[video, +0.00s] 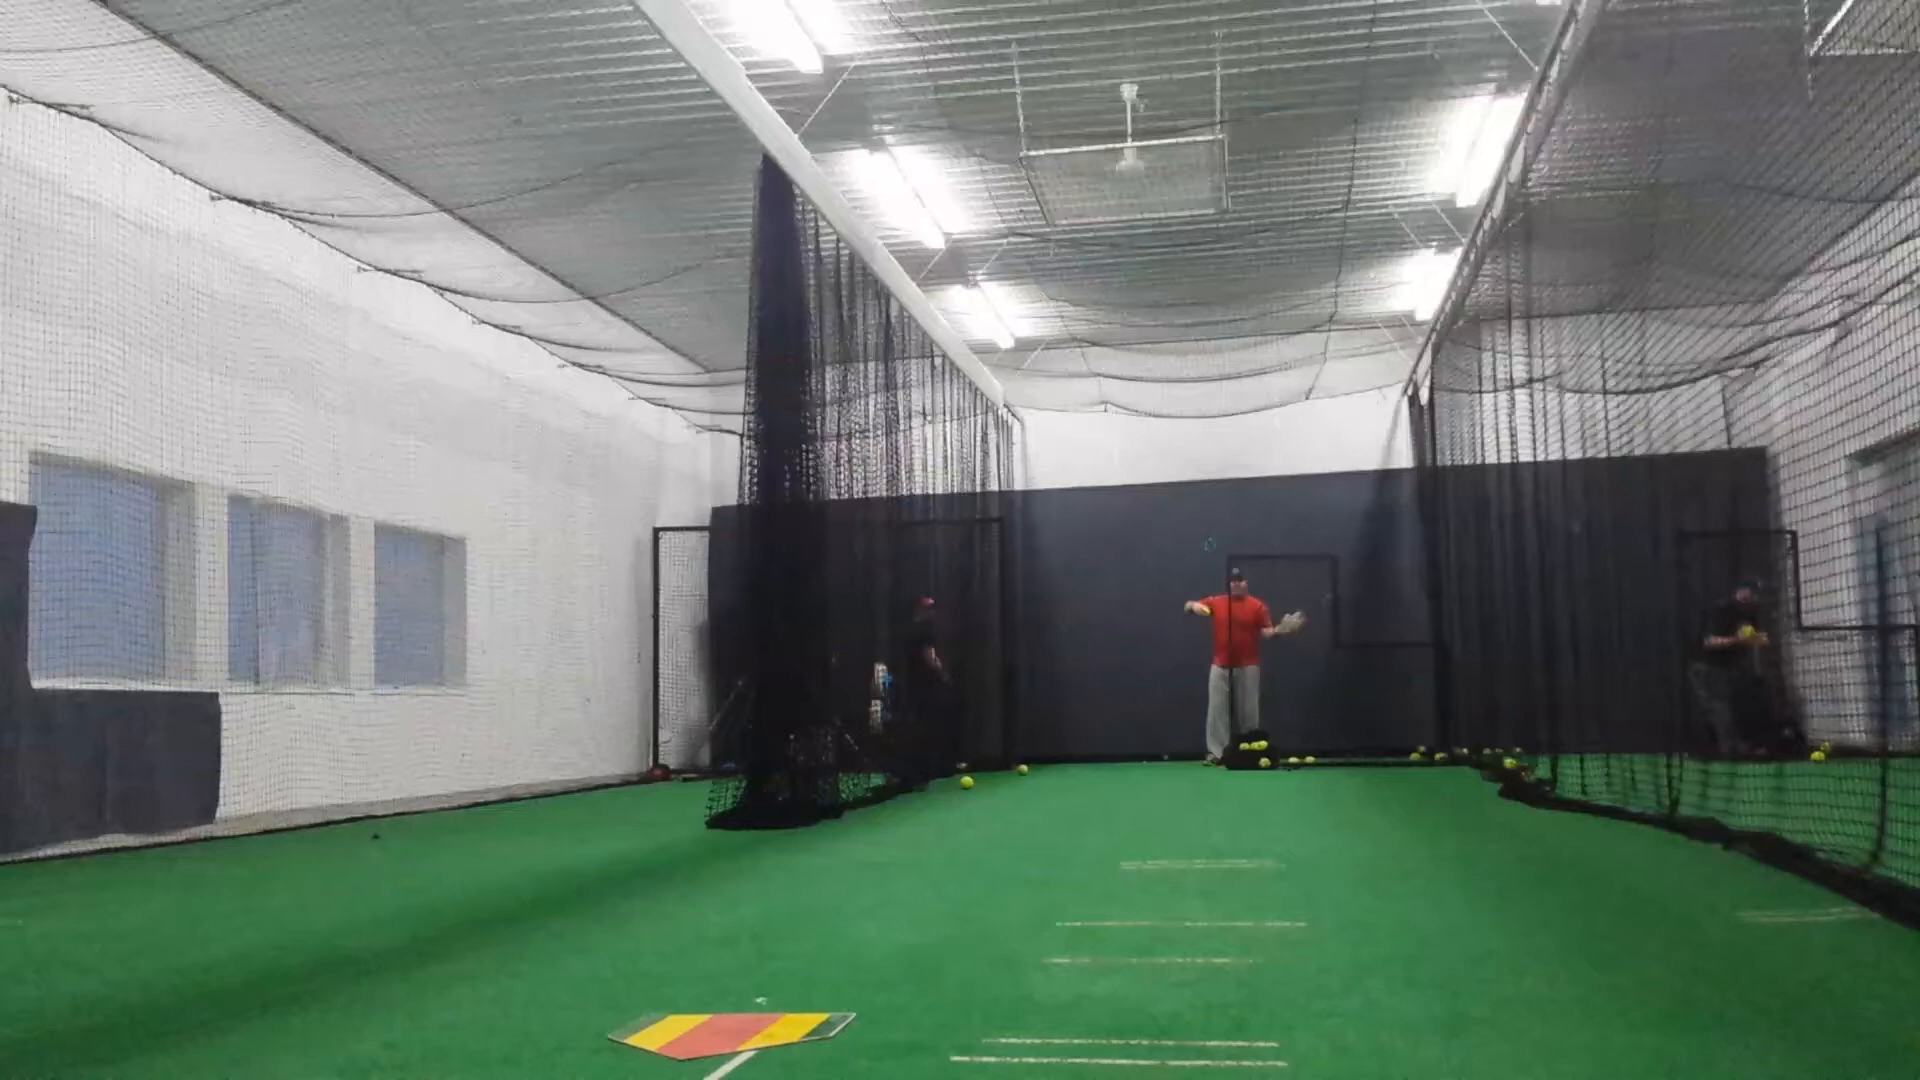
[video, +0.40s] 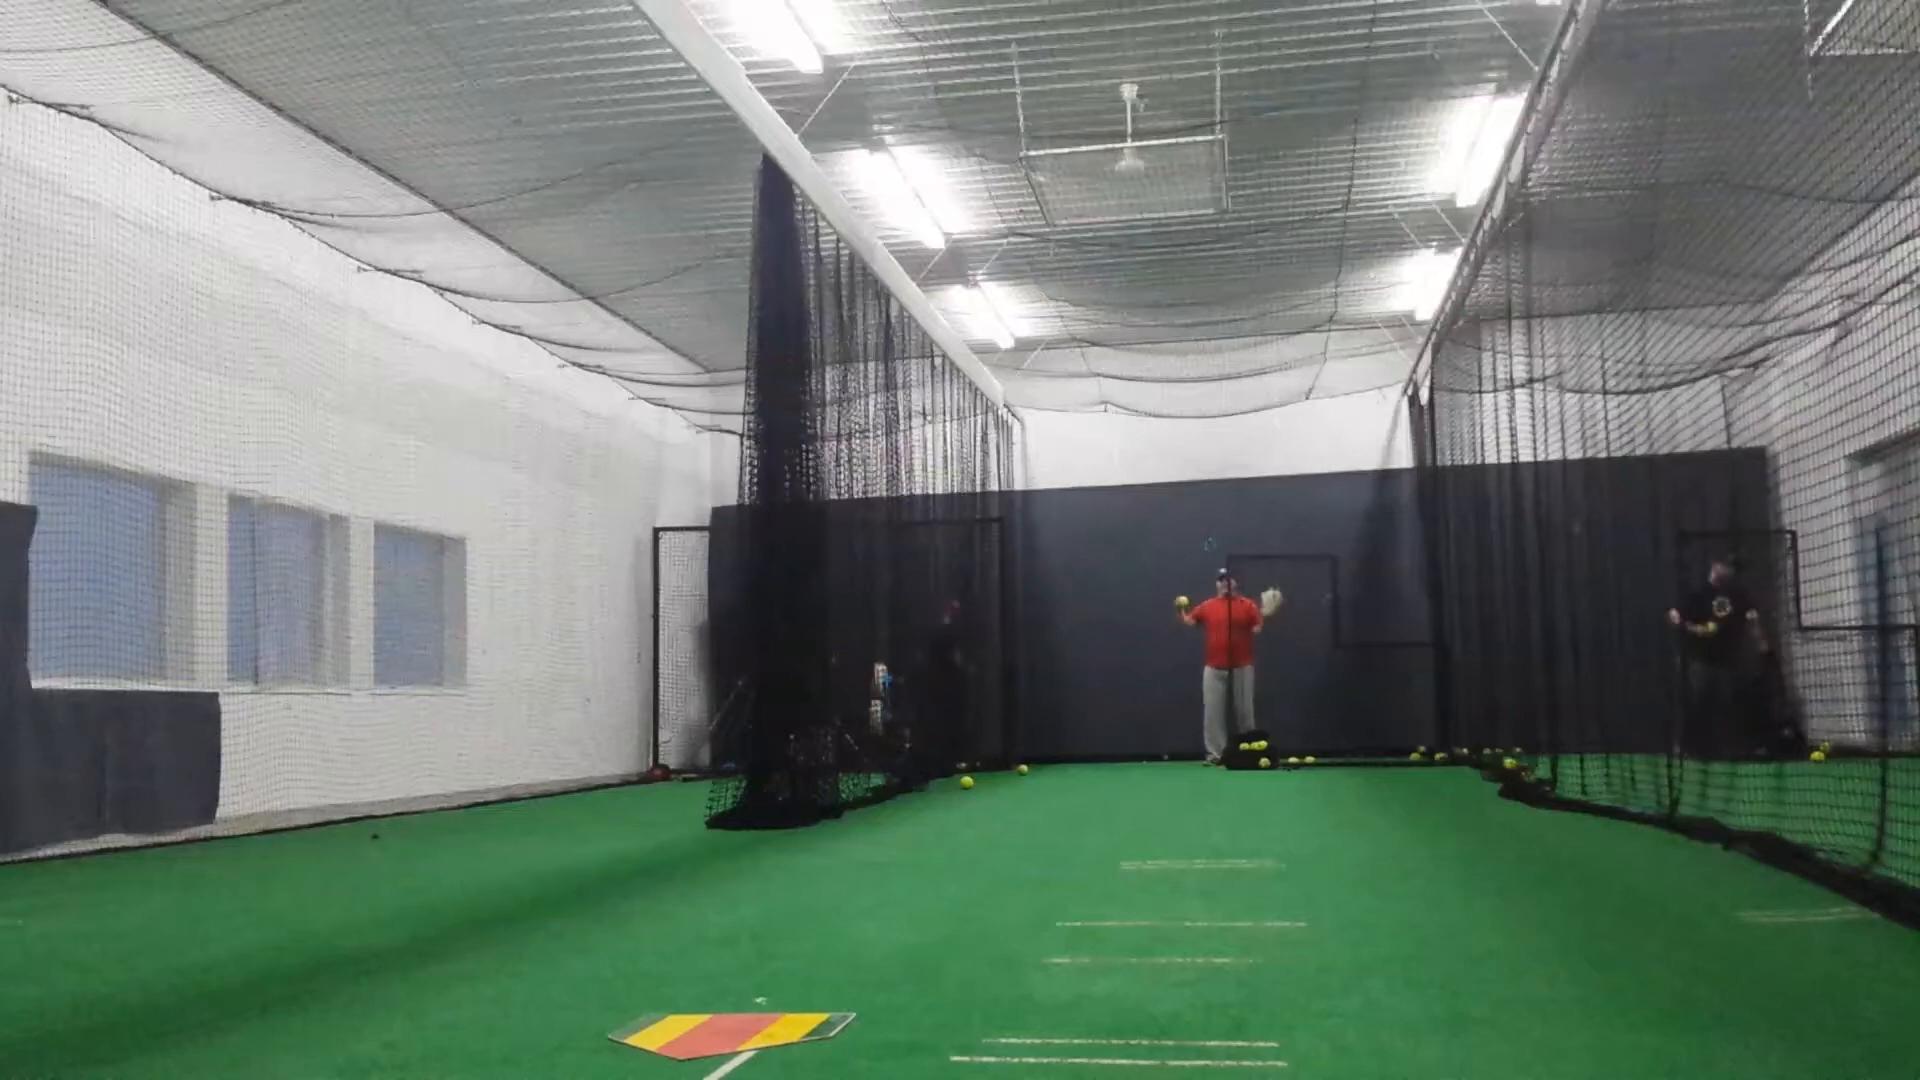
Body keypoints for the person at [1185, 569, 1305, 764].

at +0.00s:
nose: (1237, 584)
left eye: (1240, 580)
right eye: (1234, 581)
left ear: (1246, 583)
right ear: (1229, 584)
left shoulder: (1257, 606)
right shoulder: (1217, 602)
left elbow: (1266, 631)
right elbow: (1193, 605)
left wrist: (1282, 628)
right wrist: (1195, 606)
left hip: (1247, 664)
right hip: (1221, 664)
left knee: (1248, 707)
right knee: (1217, 708)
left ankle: (1251, 752)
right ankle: (1216, 752)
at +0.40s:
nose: (1226, 584)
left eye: (1229, 581)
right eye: (1222, 581)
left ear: (1235, 583)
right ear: (1217, 585)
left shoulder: (1247, 604)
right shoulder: (1208, 605)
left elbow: (1257, 627)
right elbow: (1191, 621)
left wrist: (1265, 614)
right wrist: (1182, 610)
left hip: (1242, 664)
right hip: (1215, 664)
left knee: (1245, 707)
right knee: (1213, 710)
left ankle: (1248, 752)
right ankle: (1215, 752)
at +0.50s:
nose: (1220, 583)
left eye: (1223, 580)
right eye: (1217, 580)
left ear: (1229, 582)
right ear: (1213, 584)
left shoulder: (1241, 603)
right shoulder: (1206, 606)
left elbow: (1251, 628)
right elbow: (1194, 626)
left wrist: (1255, 611)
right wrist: (1185, 619)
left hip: (1240, 664)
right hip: (1214, 664)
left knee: (1244, 708)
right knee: (1212, 711)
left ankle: (1247, 753)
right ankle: (1214, 753)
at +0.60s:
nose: (1216, 584)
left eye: (1219, 580)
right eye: (1213, 581)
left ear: (1226, 583)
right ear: (1208, 584)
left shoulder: (1239, 604)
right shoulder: (1202, 606)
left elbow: (1252, 629)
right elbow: (1192, 632)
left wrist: (1235, 623)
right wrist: (1201, 625)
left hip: (1237, 664)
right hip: (1211, 665)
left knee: (1242, 708)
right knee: (1211, 711)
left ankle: (1247, 751)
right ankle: (1214, 753)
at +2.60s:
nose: (1228, 585)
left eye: (1231, 580)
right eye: (1225, 581)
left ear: (1240, 582)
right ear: (1221, 584)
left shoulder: (1255, 601)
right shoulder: (1217, 604)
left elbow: (1280, 616)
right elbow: (1205, 634)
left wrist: (1260, 626)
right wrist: (1202, 626)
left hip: (1246, 666)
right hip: (1220, 664)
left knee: (1247, 708)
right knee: (1207, 704)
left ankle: (1249, 750)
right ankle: (1203, 748)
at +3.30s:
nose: (1211, 585)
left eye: (1215, 582)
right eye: (1208, 582)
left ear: (1223, 585)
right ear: (1203, 585)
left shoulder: (1233, 605)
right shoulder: (1197, 607)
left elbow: (1251, 628)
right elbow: (1193, 634)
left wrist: (1238, 634)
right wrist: (1186, 627)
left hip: (1230, 668)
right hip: (1204, 668)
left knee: (1236, 711)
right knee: (1202, 712)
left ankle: (1243, 752)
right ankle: (1205, 753)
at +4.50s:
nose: (1222, 584)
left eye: (1226, 579)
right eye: (1219, 580)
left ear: (1234, 582)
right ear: (1215, 583)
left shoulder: (1246, 604)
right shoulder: (1208, 605)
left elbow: (1262, 628)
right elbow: (1192, 632)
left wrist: (1247, 632)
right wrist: (1195, 628)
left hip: (1236, 669)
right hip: (1209, 666)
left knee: (1239, 714)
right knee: (1193, 707)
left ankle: (1242, 753)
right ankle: (1175, 749)